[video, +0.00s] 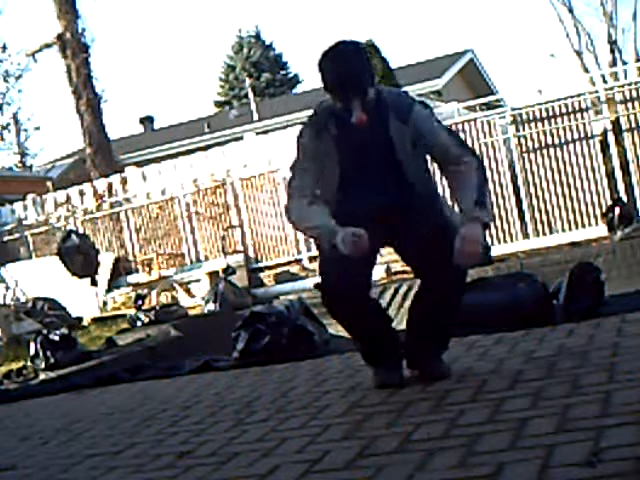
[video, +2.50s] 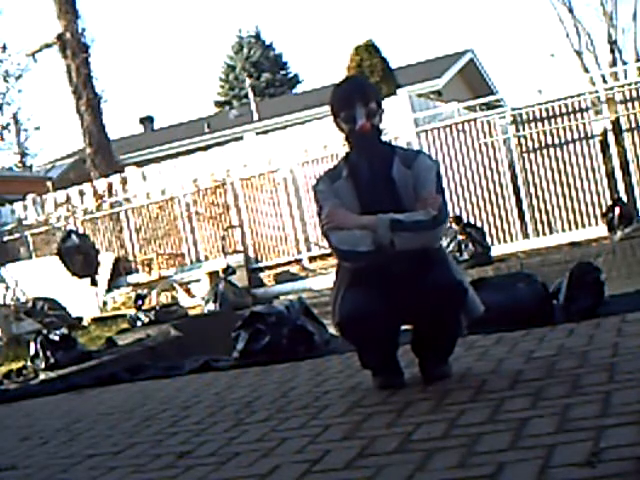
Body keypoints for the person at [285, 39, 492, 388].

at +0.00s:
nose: (355, 109)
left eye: (362, 97)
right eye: (344, 102)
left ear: (373, 83)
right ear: (330, 92)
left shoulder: (403, 109)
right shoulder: (319, 128)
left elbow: (461, 162)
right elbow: (299, 202)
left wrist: (474, 220)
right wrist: (334, 234)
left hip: (412, 216)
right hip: (353, 227)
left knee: (447, 270)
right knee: (340, 292)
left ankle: (424, 352)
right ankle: (385, 358)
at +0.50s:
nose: (366, 136)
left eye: (373, 124)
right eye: (355, 128)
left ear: (387, 122)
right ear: (343, 130)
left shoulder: (421, 165)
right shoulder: (332, 183)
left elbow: (442, 215)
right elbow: (339, 238)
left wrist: (364, 215)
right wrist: (412, 215)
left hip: (421, 265)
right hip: (363, 276)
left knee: (442, 284)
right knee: (347, 305)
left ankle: (433, 357)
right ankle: (384, 367)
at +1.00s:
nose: (360, 136)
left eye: (368, 122)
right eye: (348, 127)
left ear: (380, 119)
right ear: (336, 129)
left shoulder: (418, 166)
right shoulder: (328, 188)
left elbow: (436, 230)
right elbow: (347, 253)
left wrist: (360, 228)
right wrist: (413, 221)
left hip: (423, 265)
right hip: (366, 277)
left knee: (444, 285)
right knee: (356, 309)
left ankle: (434, 357)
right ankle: (384, 366)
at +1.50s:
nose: (362, 124)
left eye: (370, 113)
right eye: (351, 116)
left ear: (382, 114)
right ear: (339, 122)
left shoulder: (418, 164)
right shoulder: (329, 185)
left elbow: (434, 226)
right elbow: (344, 245)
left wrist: (359, 220)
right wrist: (412, 217)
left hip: (422, 265)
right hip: (365, 277)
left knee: (447, 290)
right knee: (356, 313)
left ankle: (434, 358)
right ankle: (384, 367)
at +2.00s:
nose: (361, 118)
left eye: (368, 107)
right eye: (349, 112)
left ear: (381, 110)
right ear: (338, 121)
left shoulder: (417, 159)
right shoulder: (327, 182)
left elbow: (433, 224)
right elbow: (344, 242)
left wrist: (356, 216)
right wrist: (413, 213)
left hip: (423, 266)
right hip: (365, 278)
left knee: (446, 296)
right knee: (359, 316)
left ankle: (434, 358)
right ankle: (384, 367)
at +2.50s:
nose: (362, 124)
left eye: (370, 112)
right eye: (350, 117)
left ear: (381, 112)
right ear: (338, 122)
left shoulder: (418, 164)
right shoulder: (328, 185)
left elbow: (434, 228)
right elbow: (345, 246)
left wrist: (359, 222)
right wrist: (414, 220)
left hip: (422, 265)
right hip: (365, 277)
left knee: (444, 293)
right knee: (359, 315)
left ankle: (434, 358)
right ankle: (384, 367)